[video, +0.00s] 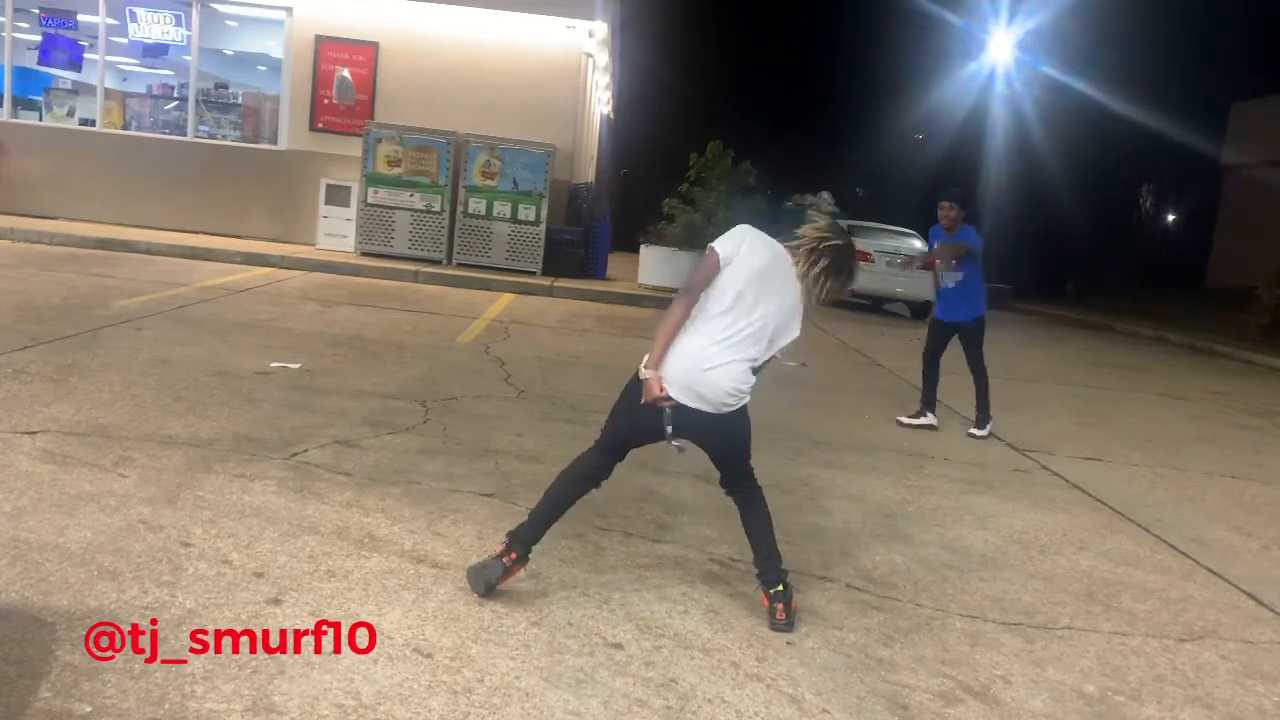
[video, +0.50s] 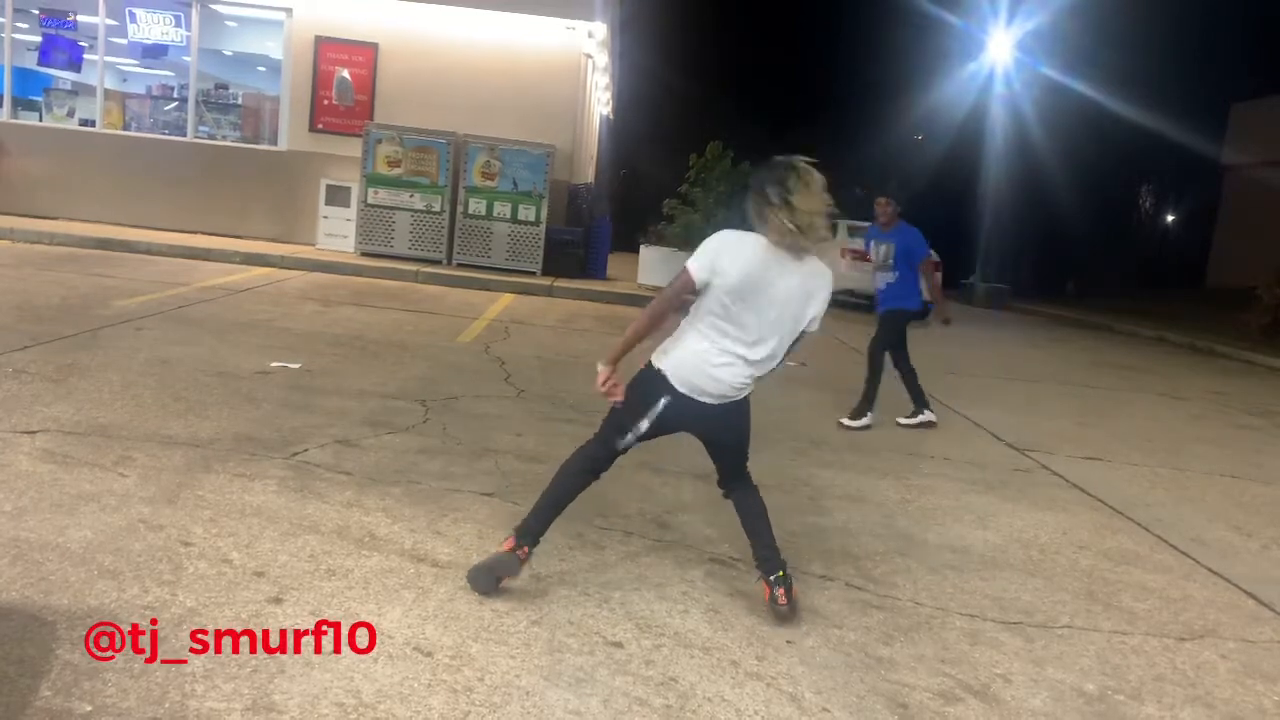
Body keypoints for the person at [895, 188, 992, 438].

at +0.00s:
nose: (946, 214)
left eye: (951, 209)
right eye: (942, 209)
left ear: (962, 213)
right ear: (937, 211)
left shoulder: (970, 235)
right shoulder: (935, 233)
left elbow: (957, 251)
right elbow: (935, 264)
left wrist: (924, 259)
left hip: (970, 313)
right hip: (944, 311)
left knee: (976, 365)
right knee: (930, 357)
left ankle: (983, 419)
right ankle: (927, 411)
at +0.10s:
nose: (936, 212)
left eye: (941, 208)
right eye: (933, 208)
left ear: (951, 211)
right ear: (928, 211)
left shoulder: (961, 235)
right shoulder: (927, 233)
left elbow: (938, 247)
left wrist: (909, 247)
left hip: (962, 311)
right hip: (936, 309)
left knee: (967, 363)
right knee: (923, 356)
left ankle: (982, 418)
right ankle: (926, 411)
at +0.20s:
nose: (925, 209)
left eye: (930, 204)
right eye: (922, 204)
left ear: (940, 209)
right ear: (917, 207)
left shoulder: (949, 232)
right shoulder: (918, 230)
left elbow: (941, 262)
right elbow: (923, 260)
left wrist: (911, 247)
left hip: (949, 308)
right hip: (926, 306)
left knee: (946, 360)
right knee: (918, 358)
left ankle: (976, 411)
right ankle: (925, 411)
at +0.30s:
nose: (908, 205)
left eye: (913, 200)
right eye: (905, 200)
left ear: (923, 203)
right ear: (901, 204)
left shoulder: (935, 231)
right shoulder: (909, 231)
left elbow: (953, 271)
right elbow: (914, 265)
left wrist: (922, 277)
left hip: (933, 303)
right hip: (915, 303)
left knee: (919, 355)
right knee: (916, 355)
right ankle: (924, 409)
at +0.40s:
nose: (899, 206)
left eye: (903, 201)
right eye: (896, 201)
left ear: (913, 204)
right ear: (893, 205)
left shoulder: (929, 231)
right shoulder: (897, 231)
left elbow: (940, 269)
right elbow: (897, 265)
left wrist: (935, 302)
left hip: (920, 302)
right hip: (905, 302)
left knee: (900, 350)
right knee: (916, 356)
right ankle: (926, 410)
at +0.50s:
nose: (882, 210)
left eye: (887, 206)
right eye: (879, 206)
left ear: (896, 209)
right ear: (874, 209)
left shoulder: (910, 235)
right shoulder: (873, 233)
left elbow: (929, 271)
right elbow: (875, 258)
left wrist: (941, 307)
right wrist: (855, 255)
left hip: (905, 305)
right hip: (886, 304)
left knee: (875, 348)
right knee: (901, 360)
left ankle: (864, 411)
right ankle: (923, 409)